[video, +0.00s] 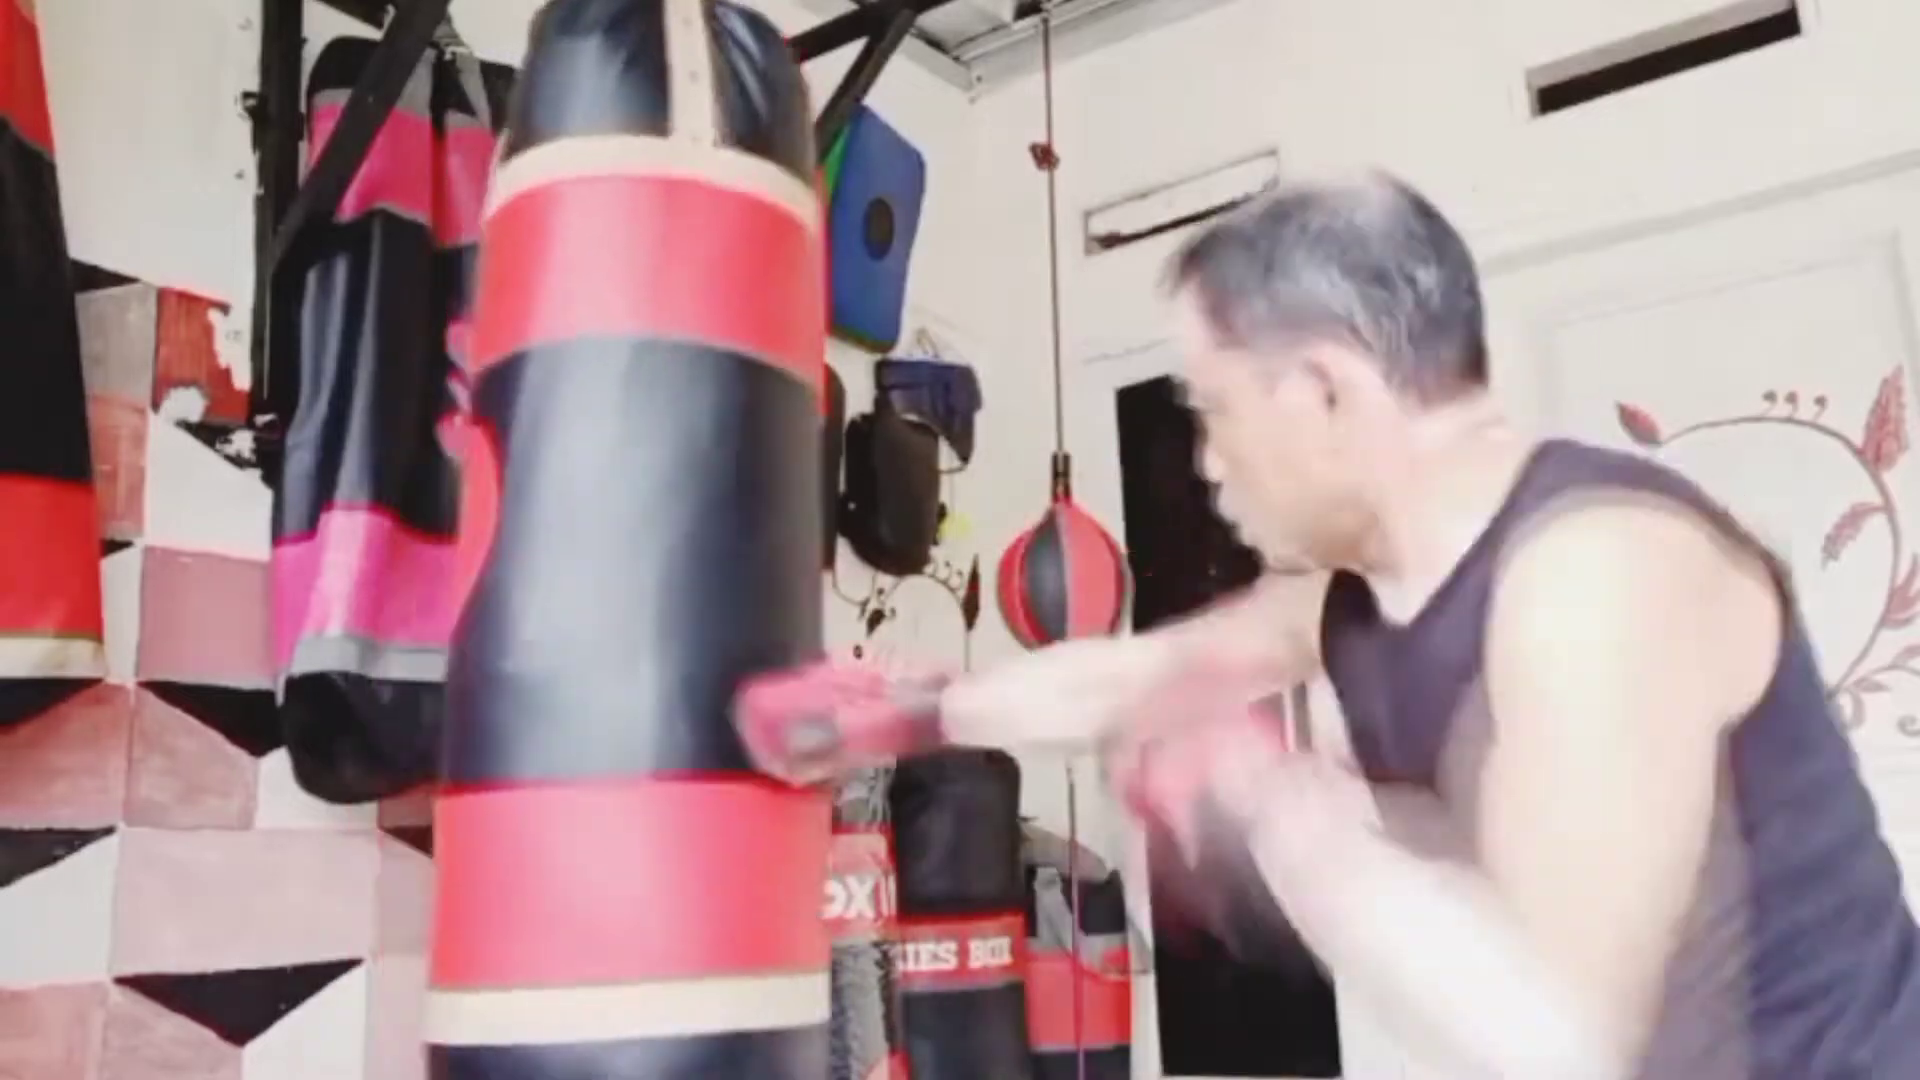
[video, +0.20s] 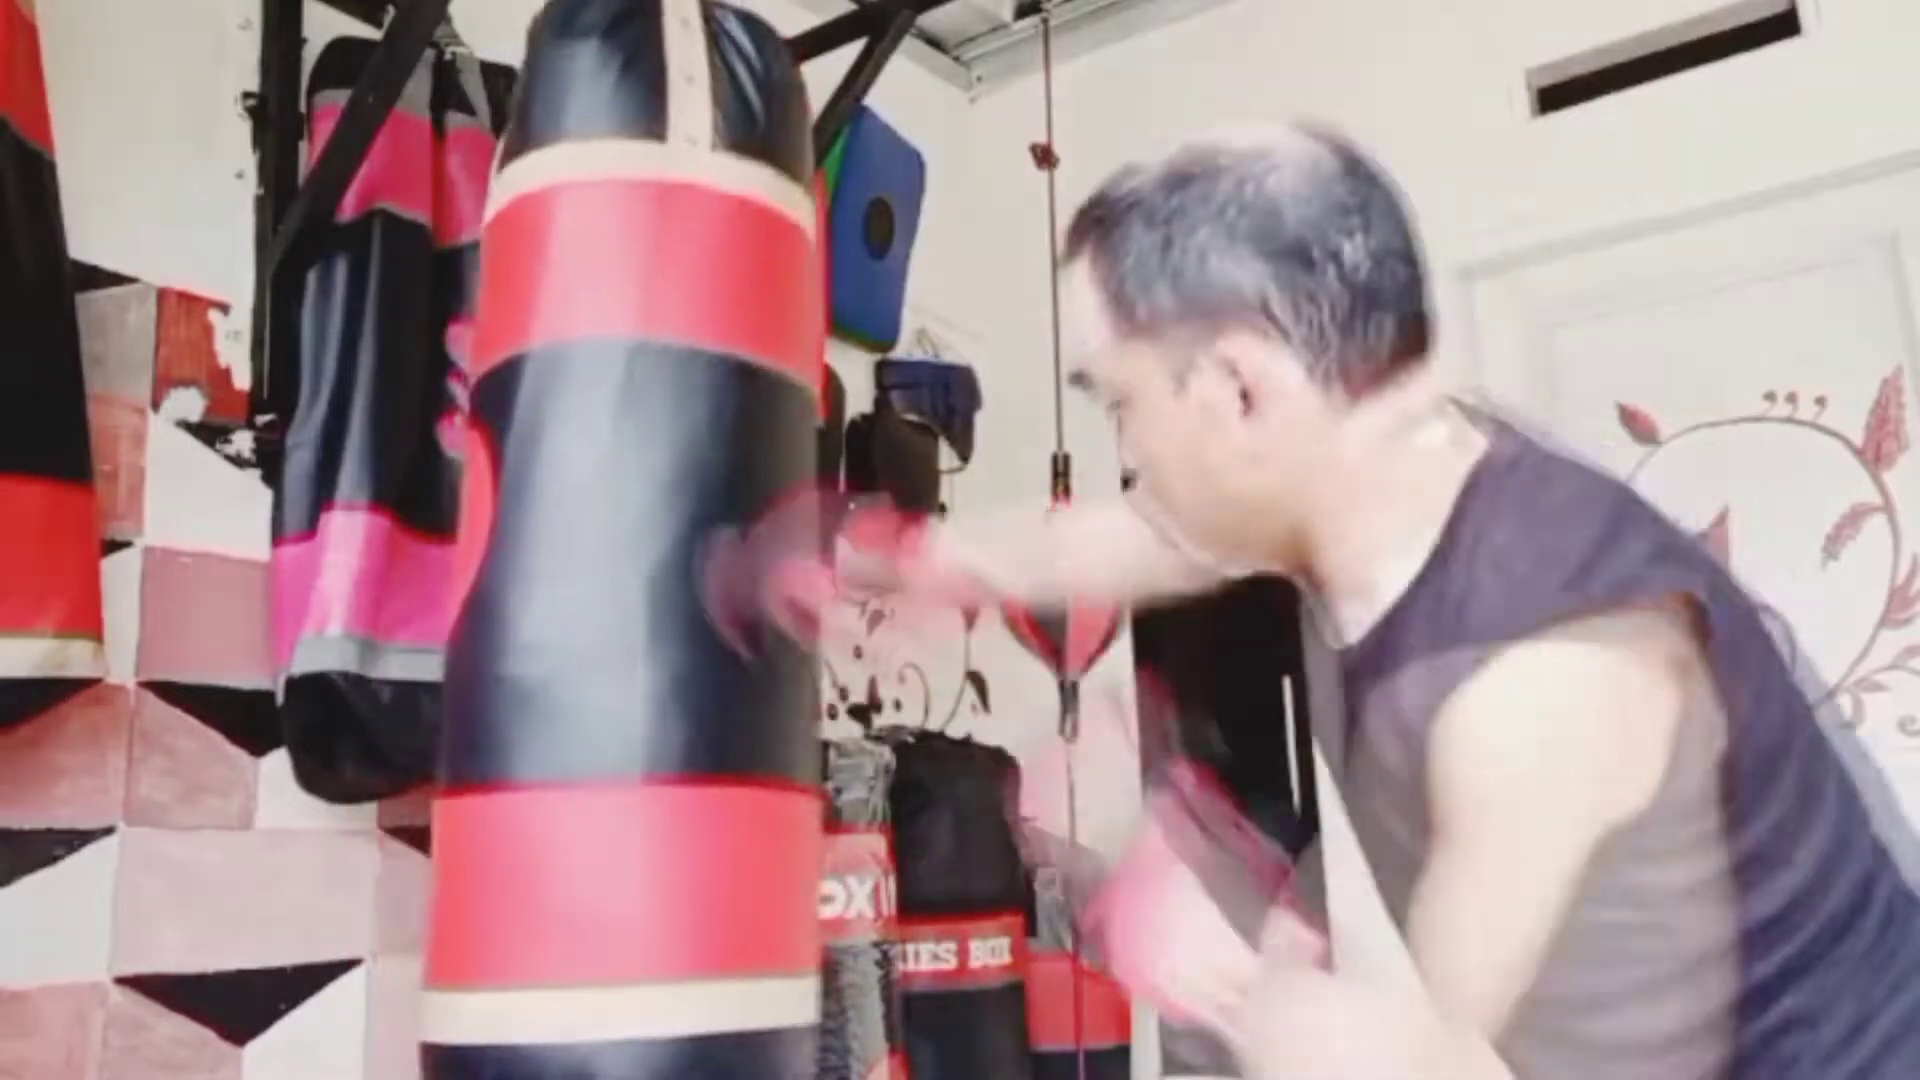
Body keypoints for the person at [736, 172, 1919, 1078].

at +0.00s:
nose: (1205, 462)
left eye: (1210, 410)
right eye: (1197, 418)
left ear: (1333, 382)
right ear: (1339, 384)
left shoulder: (1609, 574)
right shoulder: (1381, 574)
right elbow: (1153, 677)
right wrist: (918, 711)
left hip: (1809, 1057)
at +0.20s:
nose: (1122, 452)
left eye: (1120, 400)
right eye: (1112, 404)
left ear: (1240, 382)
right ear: (1241, 382)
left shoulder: (1556, 667)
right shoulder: (1387, 493)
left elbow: (1440, 1054)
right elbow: (1136, 547)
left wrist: (1232, 981)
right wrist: (907, 564)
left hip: (1814, 1054)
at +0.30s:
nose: (1192, 405)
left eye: (1191, 364)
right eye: (1180, 368)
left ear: (1278, 322)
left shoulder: (1505, 617)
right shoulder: (1472, 444)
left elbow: (1237, 1027)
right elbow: (1334, 527)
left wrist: (1109, 769)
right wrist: (1180, 573)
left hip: (1782, 1055)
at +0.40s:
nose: (1254, 326)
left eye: (1256, 272)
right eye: (1243, 281)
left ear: (1347, 242)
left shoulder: (1533, 500)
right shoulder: (1627, 400)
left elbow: (1237, 937)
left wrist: (1149, 648)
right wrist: (1310, 684)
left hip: (1762, 1054)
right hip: (1844, 1029)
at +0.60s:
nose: (1443, 315)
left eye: (1432, 260)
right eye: (1423, 264)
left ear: (1517, 220)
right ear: (1653, 199)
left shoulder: (1662, 435)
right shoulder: (1864, 398)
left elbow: (1345, 829)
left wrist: (1339, 574)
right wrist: (1494, 501)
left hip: (1797, 1051)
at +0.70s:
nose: (1541, 341)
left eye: (1538, 300)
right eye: (1525, 304)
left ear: (1631, 282)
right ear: (1779, 245)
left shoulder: (1656, 457)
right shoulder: (1889, 385)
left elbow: (1383, 787)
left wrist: (1348, 560)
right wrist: (1590, 488)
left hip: (1806, 1049)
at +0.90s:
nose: (1460, 354)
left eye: (1460, 323)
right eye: (1460, 326)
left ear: (1497, 308)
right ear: (1703, 300)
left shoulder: (1473, 489)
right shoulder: (1862, 456)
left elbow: (1112, 672)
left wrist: (1146, 547)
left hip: (1623, 1050)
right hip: (1881, 1038)